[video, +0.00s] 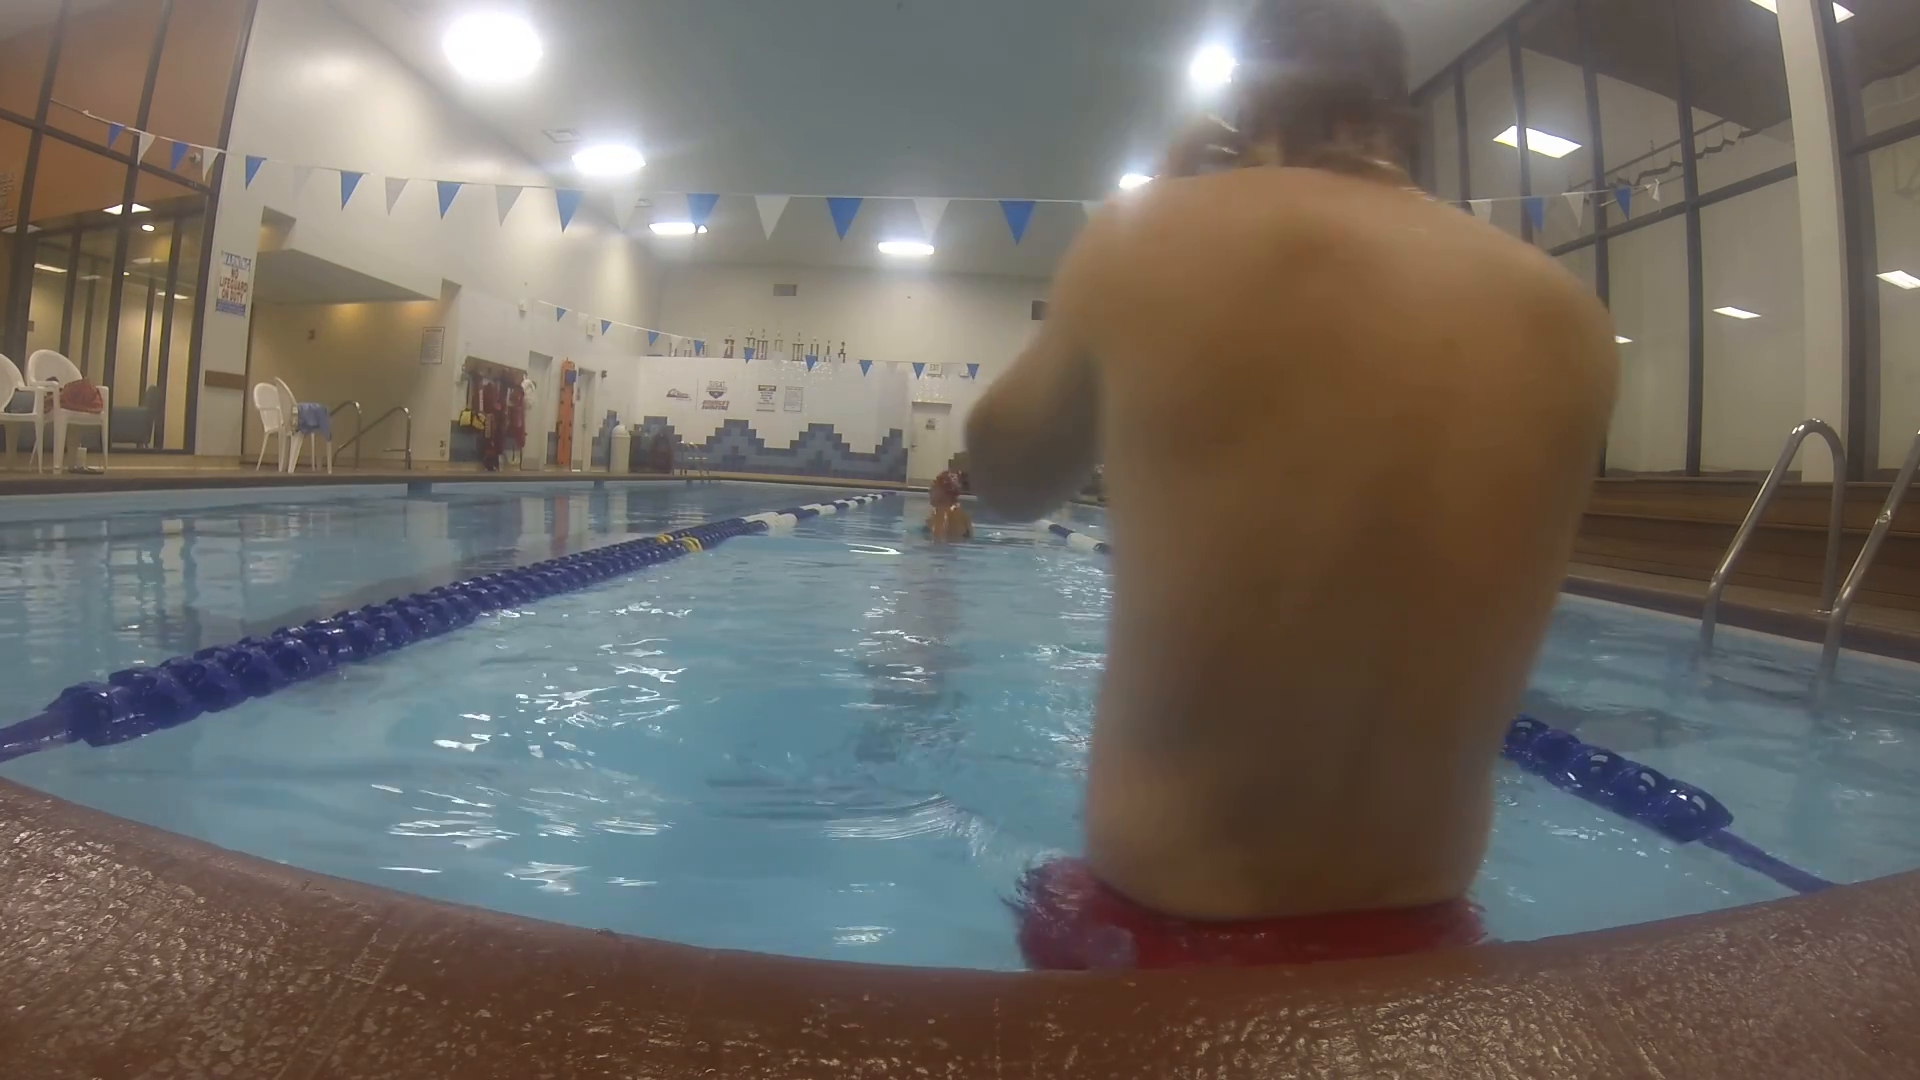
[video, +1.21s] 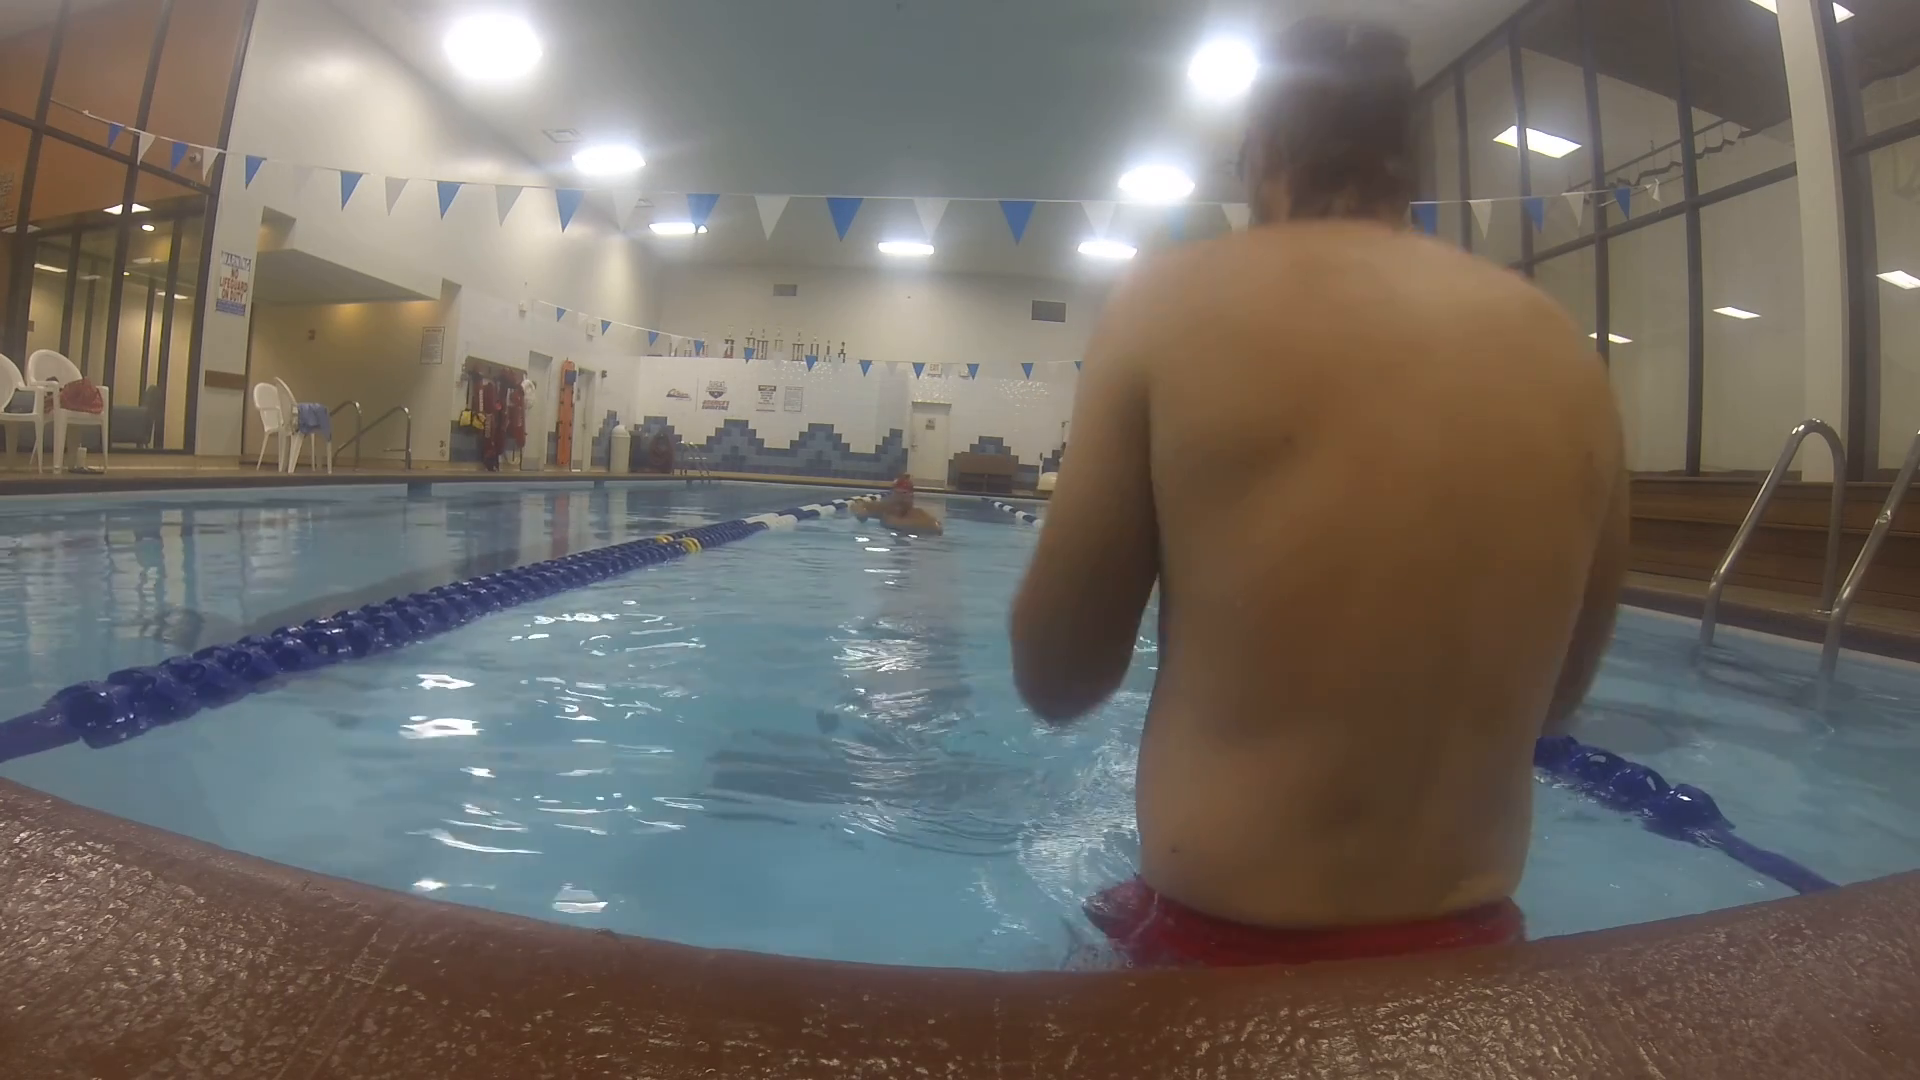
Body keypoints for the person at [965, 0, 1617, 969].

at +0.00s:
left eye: (1231, 95)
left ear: (1238, 106)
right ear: (1406, 120)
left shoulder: (1149, 239)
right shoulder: (1567, 316)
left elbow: (1004, 479)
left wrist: (1161, 202)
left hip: (1145, 948)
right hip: (1418, 955)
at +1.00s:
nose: (1237, 133)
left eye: (1247, 115)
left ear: (1269, 123)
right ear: (1417, 133)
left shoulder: (1205, 242)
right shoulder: (1576, 307)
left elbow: (1068, 527)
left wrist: (1180, 215)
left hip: (1209, 944)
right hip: (1469, 941)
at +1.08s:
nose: (1247, 152)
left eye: (1253, 128)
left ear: (1273, 136)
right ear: (1421, 148)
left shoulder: (1194, 256)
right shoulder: (1568, 316)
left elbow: (1063, 581)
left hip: (1206, 943)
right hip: (1467, 942)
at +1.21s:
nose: (1241, 179)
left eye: (1246, 157)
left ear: (1264, 161)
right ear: (1411, 172)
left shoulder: (1174, 300)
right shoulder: (1558, 342)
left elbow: (1058, 676)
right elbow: (1552, 697)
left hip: (1205, 953)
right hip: (1468, 951)